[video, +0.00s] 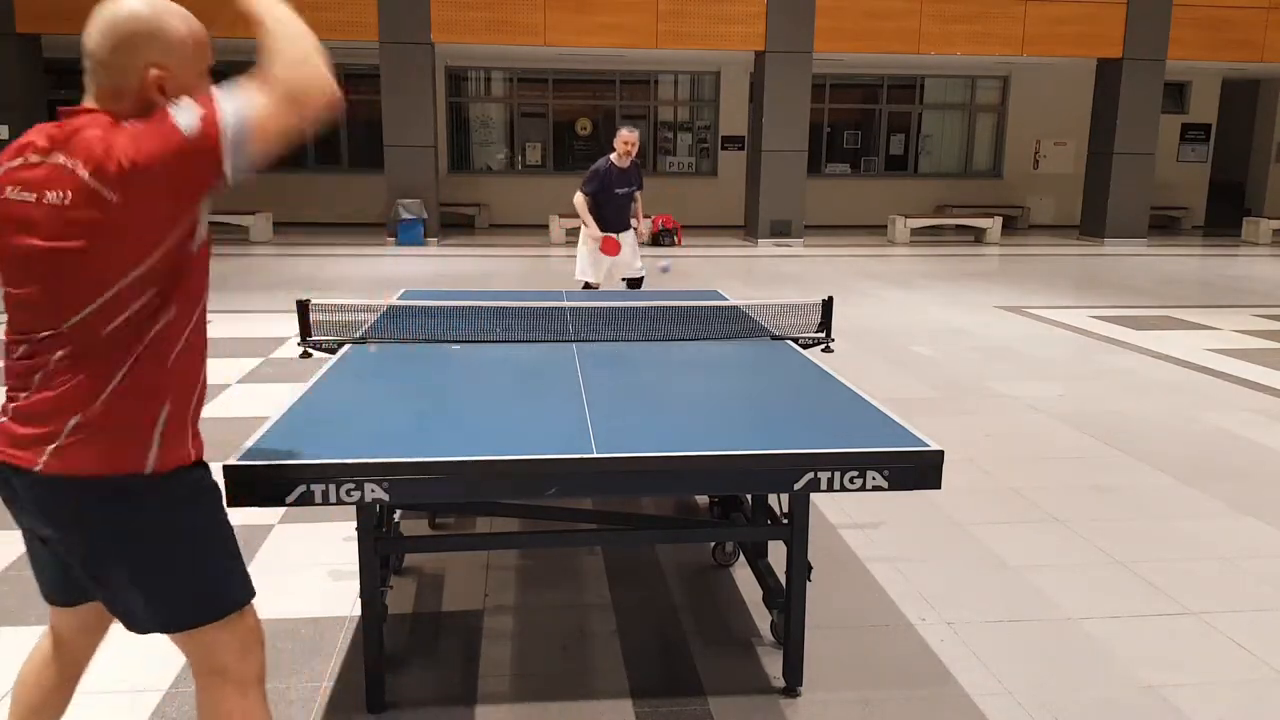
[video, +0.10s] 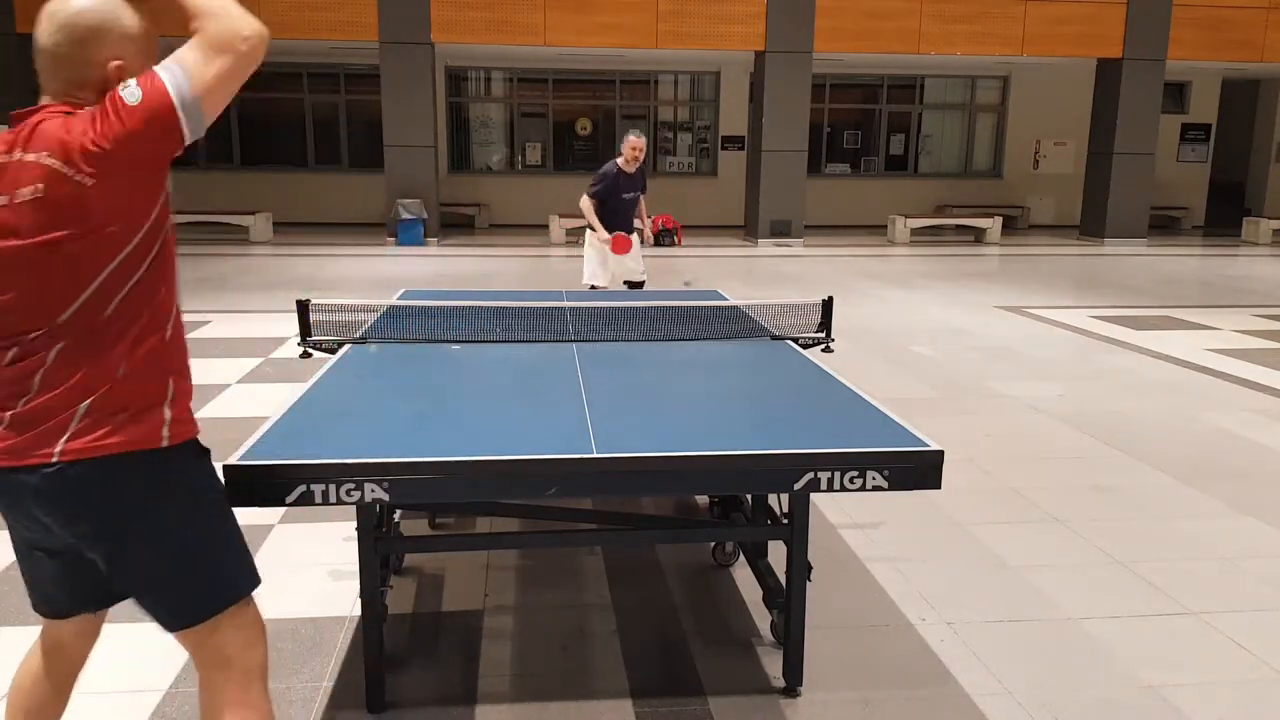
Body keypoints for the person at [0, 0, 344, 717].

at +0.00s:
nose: (210, 95)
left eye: (209, 79)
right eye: (202, 79)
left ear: (94, 78)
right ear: (159, 86)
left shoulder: (17, 161)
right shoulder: (149, 154)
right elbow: (309, 89)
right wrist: (267, 7)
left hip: (28, 459)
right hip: (132, 467)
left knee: (72, 628)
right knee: (230, 656)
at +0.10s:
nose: (154, 80)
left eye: (156, 66)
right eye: (148, 67)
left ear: (47, 71)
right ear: (116, 76)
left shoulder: (7, 150)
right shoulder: (113, 138)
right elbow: (239, 36)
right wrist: (156, 4)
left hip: (24, 462)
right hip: (128, 455)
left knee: (59, 644)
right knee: (232, 650)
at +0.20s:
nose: (121, 90)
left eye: (118, 75)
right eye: (113, 75)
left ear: (15, 82)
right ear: (80, 79)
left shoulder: (5, 150)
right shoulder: (96, 146)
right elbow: (249, 98)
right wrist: (168, 17)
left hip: (18, 464)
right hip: (119, 460)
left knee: (64, 627)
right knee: (235, 647)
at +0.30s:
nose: (108, 91)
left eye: (106, 77)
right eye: (103, 77)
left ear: (9, 85)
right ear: (74, 80)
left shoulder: (2, 157)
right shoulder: (99, 154)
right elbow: (264, 156)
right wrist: (212, 60)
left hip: (15, 463)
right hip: (114, 461)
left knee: (59, 630)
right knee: (233, 648)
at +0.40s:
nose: (125, 87)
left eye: (122, 72)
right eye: (119, 72)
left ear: (26, 82)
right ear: (92, 79)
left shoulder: (3, 152)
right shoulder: (107, 160)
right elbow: (279, 200)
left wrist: (140, 228)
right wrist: (254, 105)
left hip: (13, 464)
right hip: (105, 461)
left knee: (52, 639)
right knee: (230, 652)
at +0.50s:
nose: (160, 94)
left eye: (159, 80)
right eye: (157, 79)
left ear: (64, 83)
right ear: (131, 84)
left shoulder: (9, 163)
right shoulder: (131, 172)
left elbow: (57, 288)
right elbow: (295, 250)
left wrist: (164, 264)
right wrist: (298, 153)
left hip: (17, 467)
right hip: (105, 468)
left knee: (55, 638)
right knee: (234, 653)